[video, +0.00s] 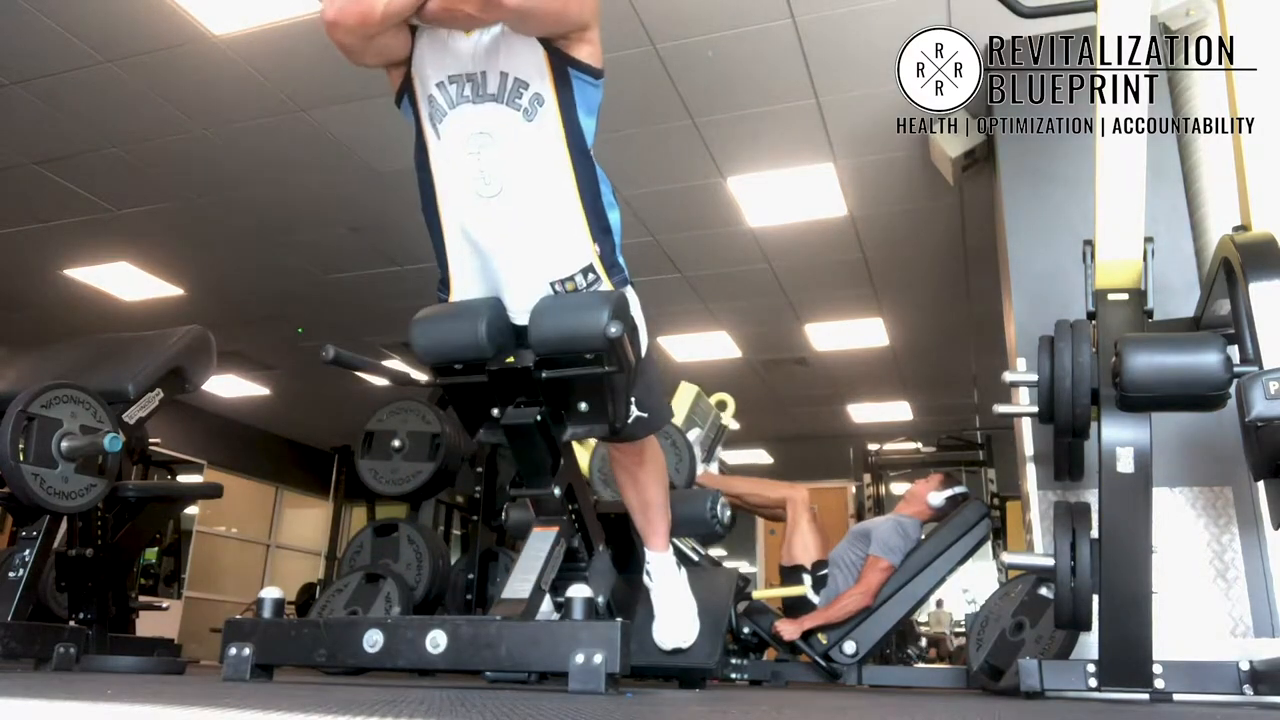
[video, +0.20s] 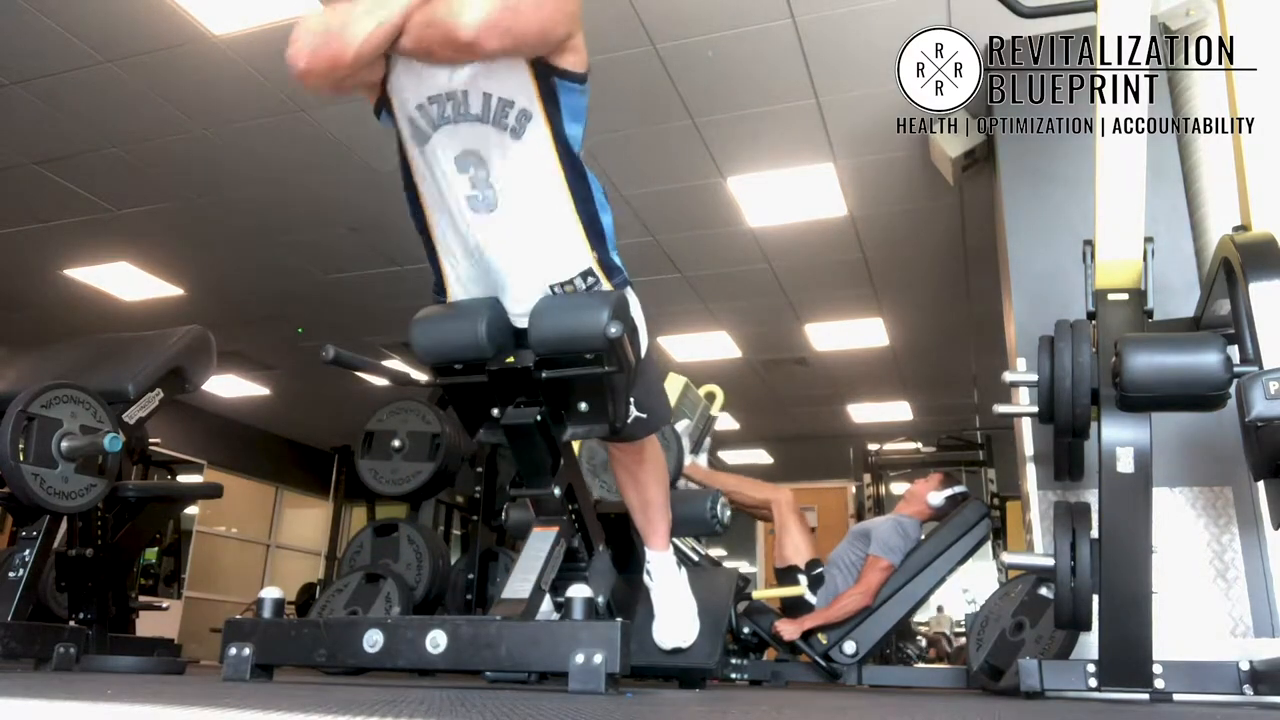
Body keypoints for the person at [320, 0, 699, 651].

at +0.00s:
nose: (450, 6)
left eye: (457, 1)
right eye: (441, 5)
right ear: (431, 4)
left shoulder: (570, 16)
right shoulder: (413, 48)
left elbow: (486, 11)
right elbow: (340, 15)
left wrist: (412, 6)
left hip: (582, 277)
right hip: (477, 293)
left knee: (628, 422)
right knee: (514, 437)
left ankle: (659, 561)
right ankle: (545, 542)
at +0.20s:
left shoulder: (552, 11)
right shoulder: (396, 53)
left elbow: (472, 33)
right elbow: (309, 61)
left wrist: (369, 21)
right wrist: (417, 4)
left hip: (574, 272)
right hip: (471, 291)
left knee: (628, 418)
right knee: (514, 431)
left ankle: (659, 559)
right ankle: (543, 536)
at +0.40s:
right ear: (368, 2)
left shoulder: (514, 29)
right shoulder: (348, 59)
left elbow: (451, 123)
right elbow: (276, 155)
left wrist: (337, 87)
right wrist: (394, 58)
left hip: (575, 291)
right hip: (476, 309)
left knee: (628, 423)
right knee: (519, 441)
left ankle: (661, 564)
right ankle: (550, 537)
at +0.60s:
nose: (334, 87)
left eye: (353, 60)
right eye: (319, 65)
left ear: (409, 42)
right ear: (306, 62)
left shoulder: (492, 110)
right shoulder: (300, 157)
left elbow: (455, 276)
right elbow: (281, 306)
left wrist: (343, 225)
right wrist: (388, 204)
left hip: (573, 293)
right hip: (472, 315)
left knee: (627, 413)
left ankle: (661, 564)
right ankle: (548, 533)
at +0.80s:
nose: (331, 247)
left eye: (346, 220)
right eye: (312, 224)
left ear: (394, 173)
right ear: (291, 196)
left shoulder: (491, 205)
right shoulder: (300, 247)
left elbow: (480, 404)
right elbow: (309, 423)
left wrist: (359, 341)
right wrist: (399, 338)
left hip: (576, 303)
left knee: (629, 417)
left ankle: (662, 562)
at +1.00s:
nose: (349, 361)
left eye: (362, 340)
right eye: (328, 343)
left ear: (407, 283)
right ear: (304, 312)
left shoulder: (504, 283)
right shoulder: (313, 316)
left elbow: (511, 479)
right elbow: (347, 491)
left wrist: (381, 416)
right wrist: (428, 438)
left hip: (578, 294)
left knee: (632, 428)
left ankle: (662, 563)